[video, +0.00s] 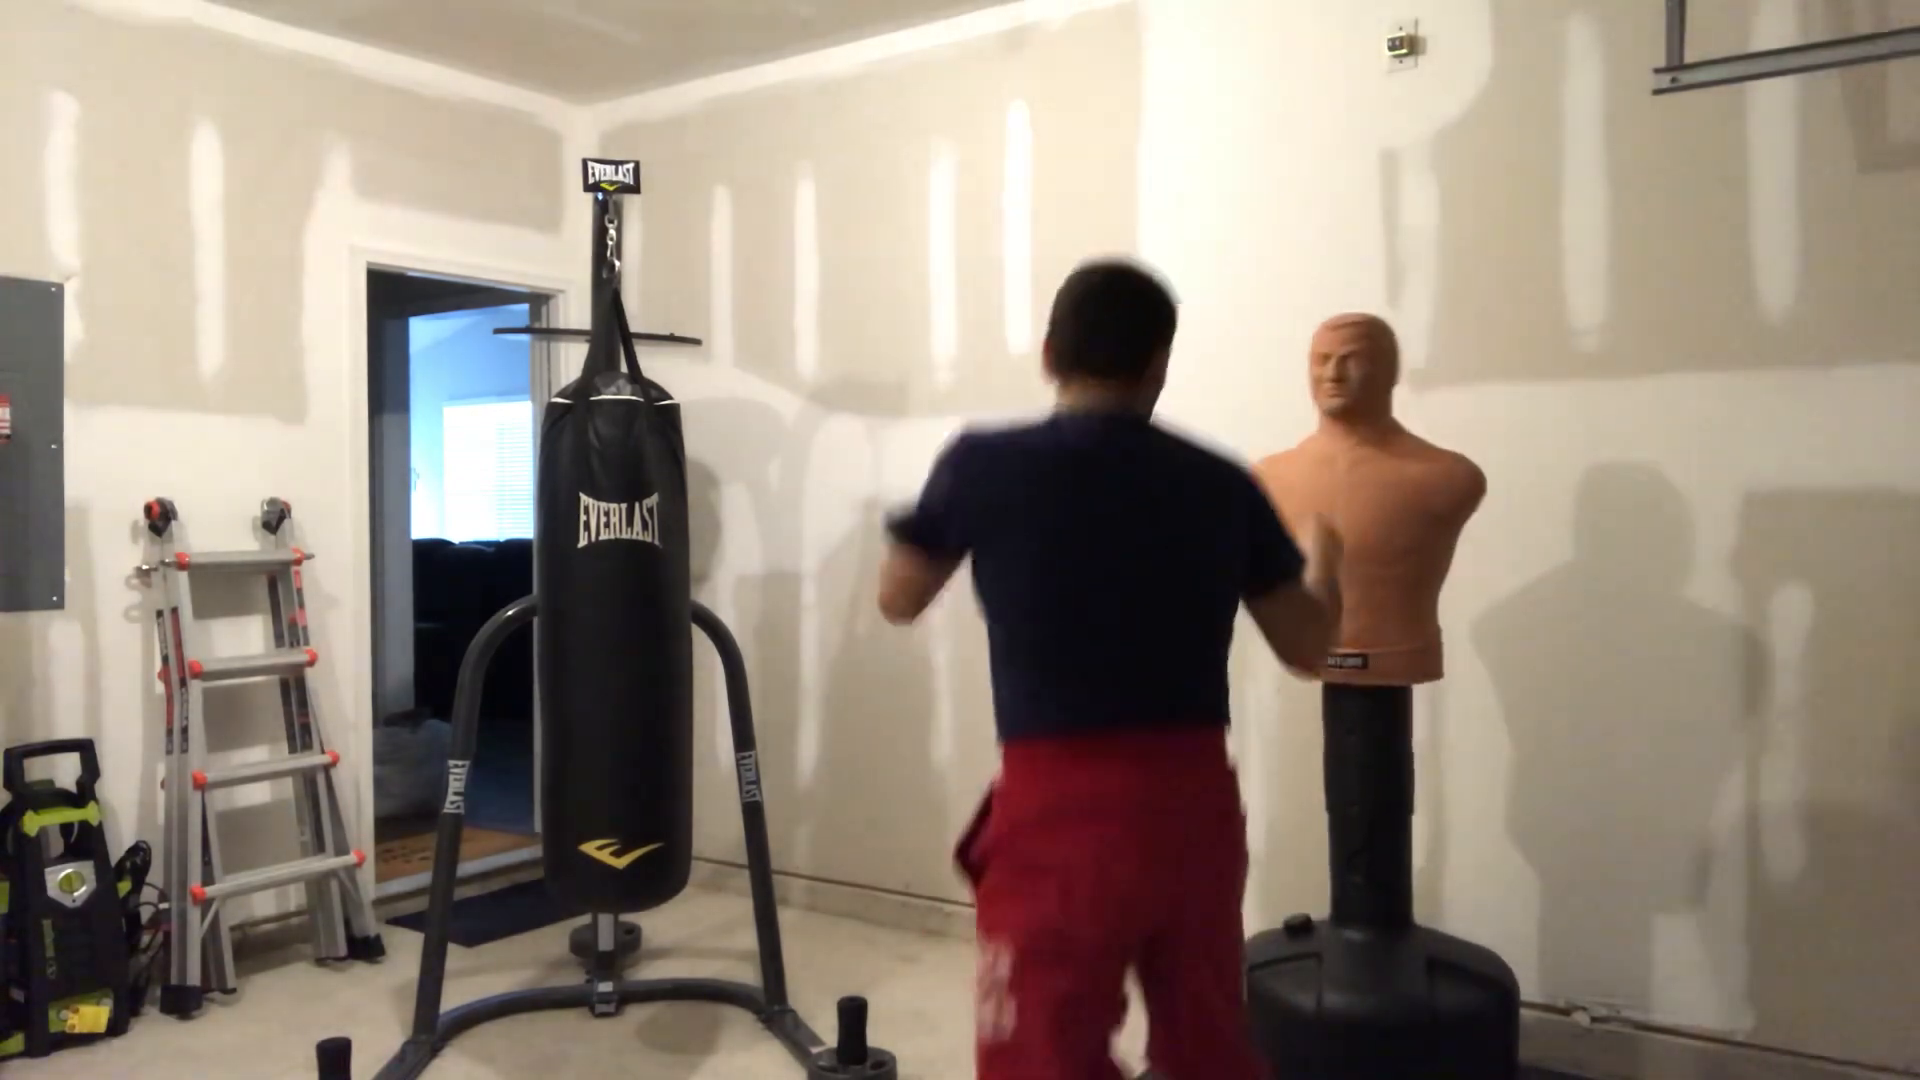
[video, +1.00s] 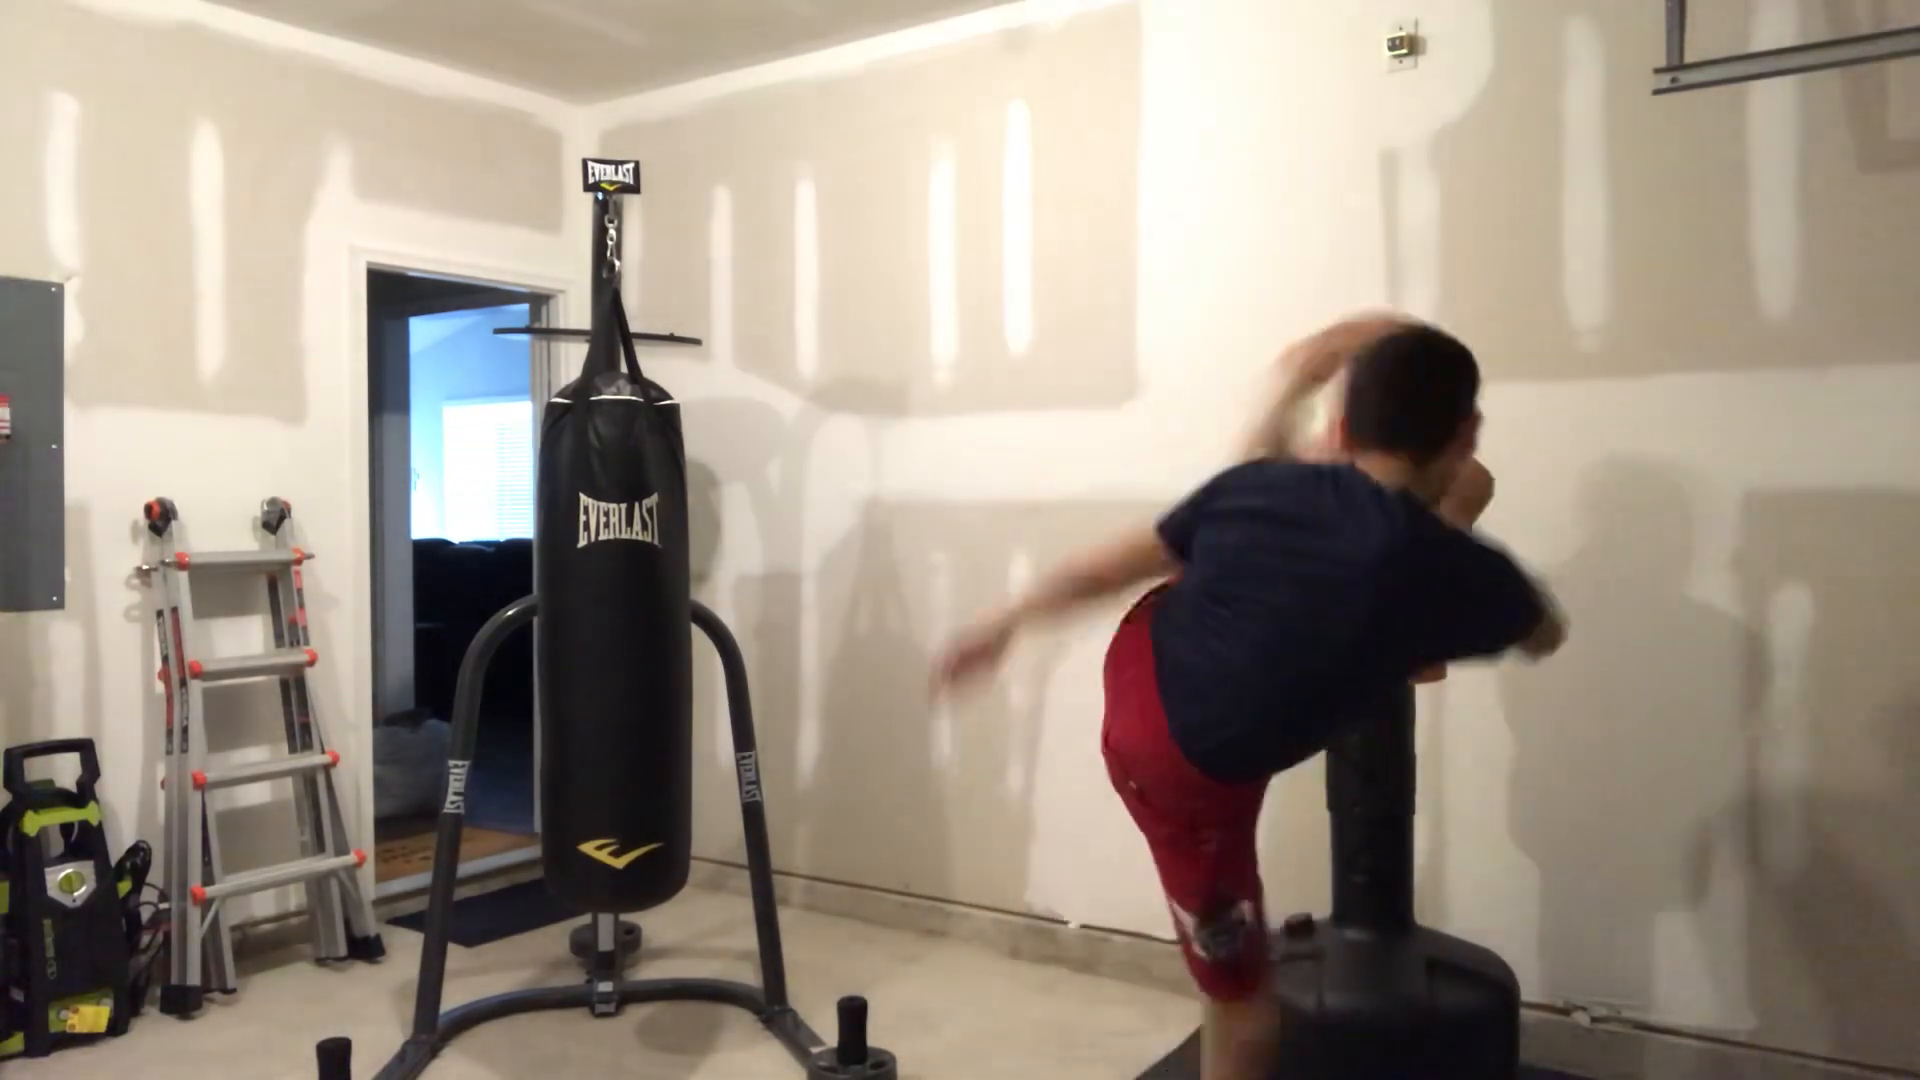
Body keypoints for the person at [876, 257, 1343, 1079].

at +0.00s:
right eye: (1159, 357)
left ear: (1049, 354)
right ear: (1159, 367)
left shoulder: (986, 465)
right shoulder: (1218, 484)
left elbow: (898, 598)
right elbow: (1307, 647)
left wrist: (926, 513)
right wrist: (1326, 569)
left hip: (1054, 821)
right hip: (1194, 816)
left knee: (1039, 1057)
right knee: (1206, 1052)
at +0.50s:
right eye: (1188, 365)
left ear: (1082, 375)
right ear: (1188, 378)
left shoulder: (1015, 496)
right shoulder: (1252, 499)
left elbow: (974, 614)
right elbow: (1383, 610)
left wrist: (1047, 528)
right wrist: (1331, 488)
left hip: (1084, 843)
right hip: (1236, 840)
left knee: (1076, 1062)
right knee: (1273, 1062)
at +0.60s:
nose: (1279, 388)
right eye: (1275, 372)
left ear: (1151, 378)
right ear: (1257, 385)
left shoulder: (1079, 488)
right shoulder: (1302, 526)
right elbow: (1396, 720)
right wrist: (1424, 621)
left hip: (1085, 846)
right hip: (1236, 858)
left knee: (1070, 1066)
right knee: (1277, 1063)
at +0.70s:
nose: (1355, 384)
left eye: (1355, 366)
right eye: (1353, 367)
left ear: (1234, 371)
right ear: (1338, 383)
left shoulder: (1164, 464)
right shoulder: (1338, 538)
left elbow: (1212, 395)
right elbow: (1422, 738)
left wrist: (1289, 342)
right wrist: (1511, 618)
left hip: (1109, 813)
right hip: (1245, 848)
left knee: (1025, 1059)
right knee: (1280, 1064)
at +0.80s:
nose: (1412, 374)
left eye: (1406, 355)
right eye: (1411, 357)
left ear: (1291, 359)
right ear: (1398, 370)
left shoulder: (1228, 438)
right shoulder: (1396, 520)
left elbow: (1163, 411)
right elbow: (1542, 684)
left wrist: (1177, 360)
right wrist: (1561, 555)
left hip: (1132, 744)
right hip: (1231, 815)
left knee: (1051, 873)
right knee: (1264, 1054)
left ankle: (950, 1025)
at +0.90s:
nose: (1456, 401)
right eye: (1455, 385)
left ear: (1322, 378)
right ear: (1445, 398)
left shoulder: (1257, 453)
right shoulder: (1437, 525)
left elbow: (1129, 482)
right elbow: (1584, 627)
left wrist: (1059, 480)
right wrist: (1508, 504)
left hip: (1131, 686)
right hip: (1200, 793)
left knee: (1180, 591)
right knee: (1263, 1037)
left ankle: (1050, 626)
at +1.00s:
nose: (1475, 436)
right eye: (1473, 422)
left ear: (1343, 428)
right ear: (1459, 442)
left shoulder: (1270, 489)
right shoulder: (1439, 563)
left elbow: (1118, 565)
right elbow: (1547, 635)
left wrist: (1005, 621)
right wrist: (1450, 530)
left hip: (1133, 667)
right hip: (1186, 785)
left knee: (1246, 506)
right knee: (1241, 1022)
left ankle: (1287, 379)